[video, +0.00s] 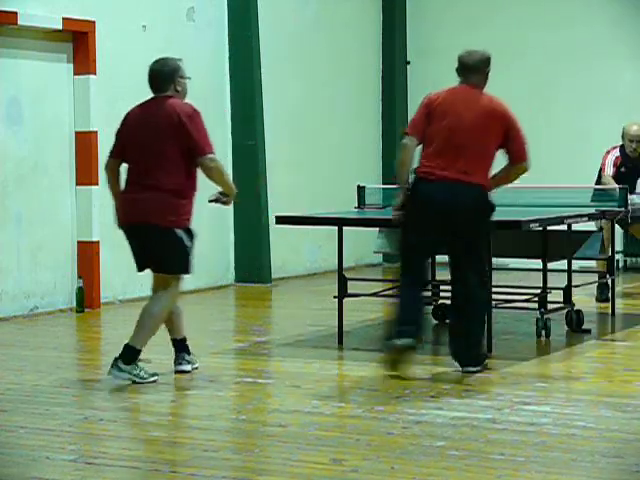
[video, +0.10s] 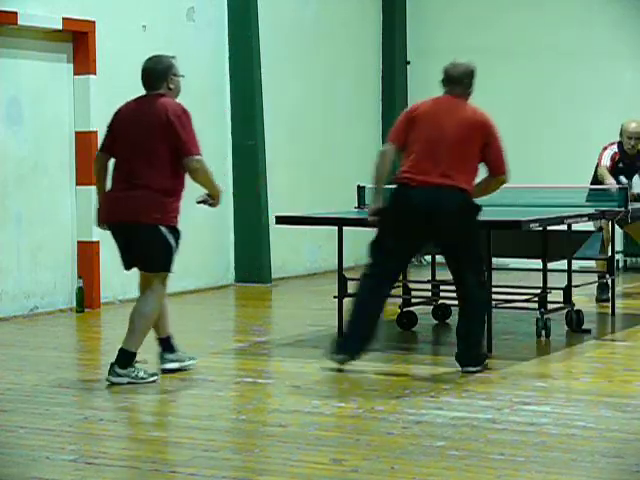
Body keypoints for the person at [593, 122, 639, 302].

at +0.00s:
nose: (634, 146)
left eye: (637, 141)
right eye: (630, 141)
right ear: (623, 141)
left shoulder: (637, 160)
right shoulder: (613, 154)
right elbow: (606, 179)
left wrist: (630, 200)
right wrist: (622, 197)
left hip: (630, 205)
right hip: (606, 204)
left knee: (635, 229)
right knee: (607, 232)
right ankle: (602, 280)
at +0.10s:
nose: (632, 143)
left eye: (636, 139)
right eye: (628, 138)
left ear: (639, 140)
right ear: (621, 138)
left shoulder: (637, 156)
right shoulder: (611, 150)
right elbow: (602, 172)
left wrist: (633, 195)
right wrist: (617, 191)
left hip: (627, 202)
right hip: (602, 201)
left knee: (636, 232)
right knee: (605, 235)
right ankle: (602, 281)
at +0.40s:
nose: (623, 123)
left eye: (627, 119)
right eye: (619, 118)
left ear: (632, 122)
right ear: (611, 119)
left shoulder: (631, 143)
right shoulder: (600, 138)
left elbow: (630, 169)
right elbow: (582, 159)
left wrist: (631, 193)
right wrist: (597, 171)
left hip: (618, 197)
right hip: (594, 198)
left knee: (634, 236)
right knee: (601, 238)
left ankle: (629, 278)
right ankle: (601, 282)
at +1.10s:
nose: (607, 107)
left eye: (612, 104)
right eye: (604, 104)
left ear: (619, 108)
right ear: (597, 107)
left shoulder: (625, 134)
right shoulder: (587, 131)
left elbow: (635, 161)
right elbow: (568, 153)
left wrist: (635, 187)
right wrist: (567, 174)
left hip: (615, 192)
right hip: (588, 192)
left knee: (617, 235)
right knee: (584, 231)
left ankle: (613, 278)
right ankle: (586, 273)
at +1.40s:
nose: (586, 113)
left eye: (590, 109)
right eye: (582, 109)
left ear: (598, 112)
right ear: (577, 112)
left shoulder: (607, 135)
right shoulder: (571, 136)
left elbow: (620, 160)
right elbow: (558, 160)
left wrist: (620, 185)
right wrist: (558, 184)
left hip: (604, 190)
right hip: (577, 191)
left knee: (607, 230)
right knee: (577, 231)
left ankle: (612, 274)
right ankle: (579, 272)